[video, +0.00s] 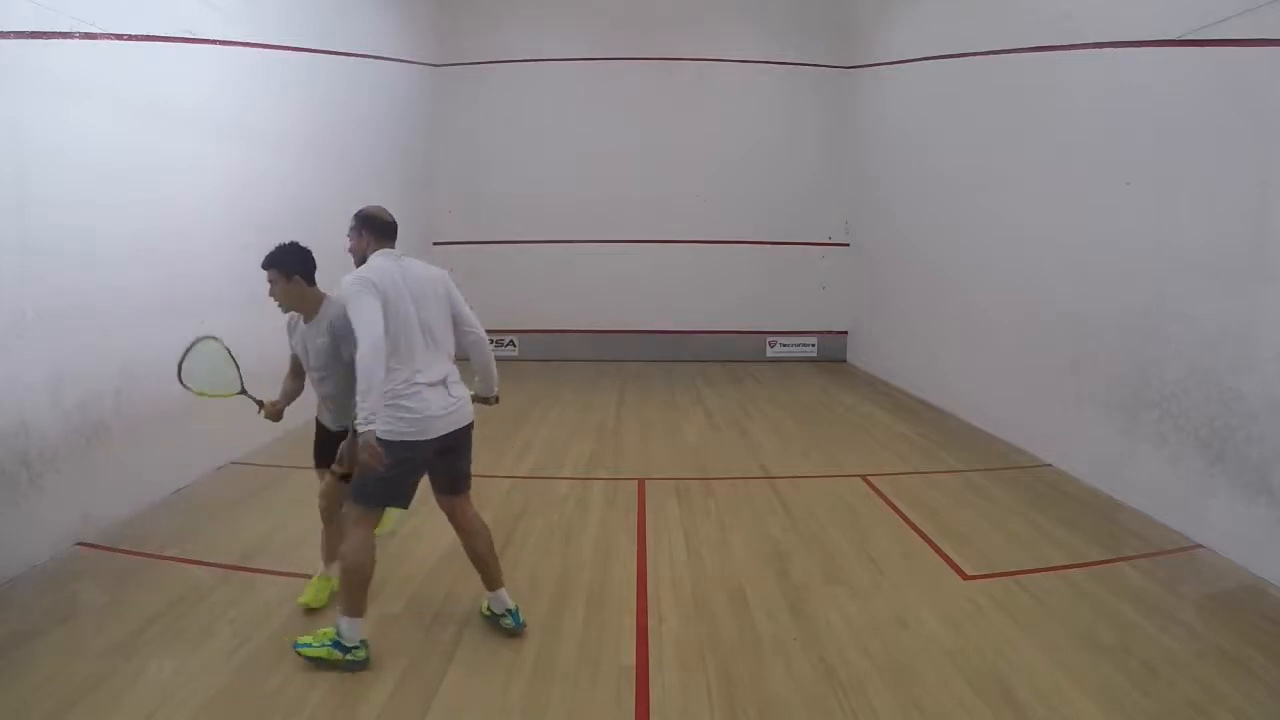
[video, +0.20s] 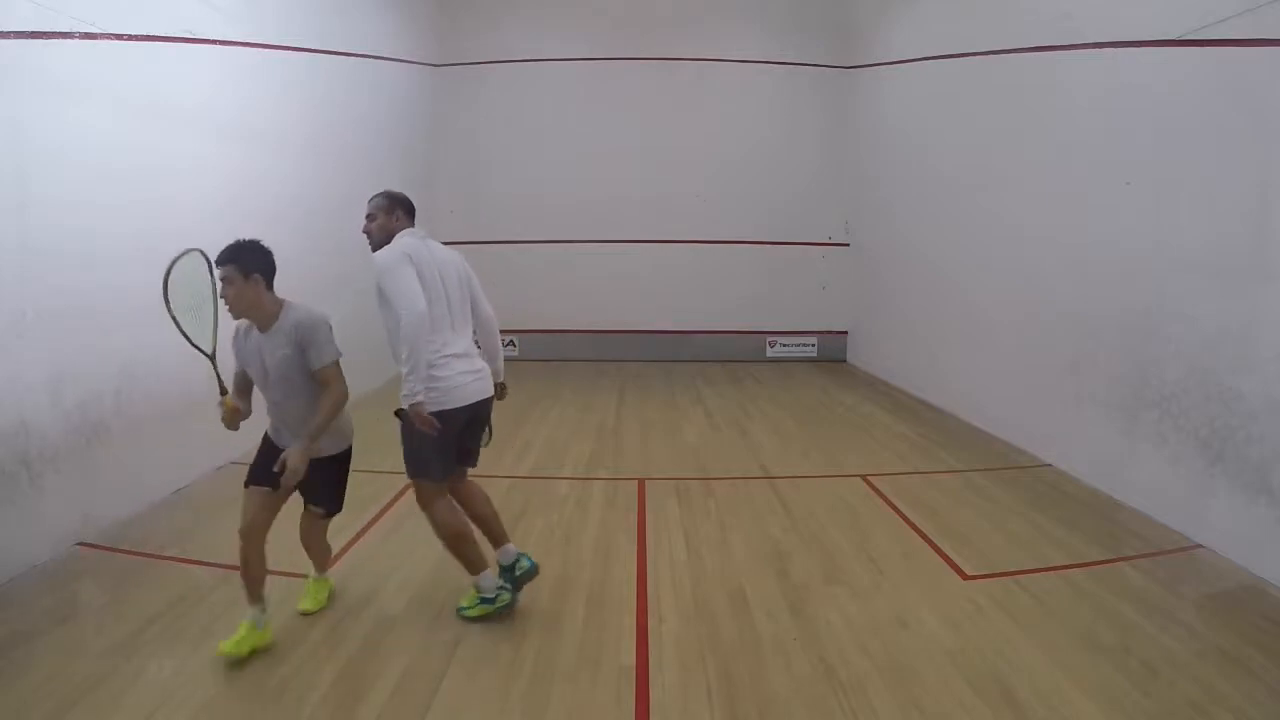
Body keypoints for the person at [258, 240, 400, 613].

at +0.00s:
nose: (270, 293)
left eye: (273, 283)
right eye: (269, 284)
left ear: (297, 280)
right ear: (295, 281)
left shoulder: (341, 316)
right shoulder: (295, 324)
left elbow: (368, 378)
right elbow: (296, 374)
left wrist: (355, 438)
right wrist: (280, 401)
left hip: (358, 425)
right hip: (327, 423)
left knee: (329, 502)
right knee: (334, 494)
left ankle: (329, 571)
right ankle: (388, 502)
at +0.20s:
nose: (222, 293)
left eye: (227, 282)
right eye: (220, 284)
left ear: (257, 281)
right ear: (249, 285)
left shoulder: (309, 324)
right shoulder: (243, 336)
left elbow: (337, 391)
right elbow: (242, 390)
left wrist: (304, 446)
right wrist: (234, 410)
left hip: (327, 443)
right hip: (280, 439)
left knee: (312, 534)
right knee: (250, 530)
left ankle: (322, 578)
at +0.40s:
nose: (159, 310)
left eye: (164, 296)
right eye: (157, 299)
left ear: (198, 291)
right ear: (188, 296)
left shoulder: (258, 330)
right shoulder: (182, 358)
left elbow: (296, 389)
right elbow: (172, 446)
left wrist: (236, 420)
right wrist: (166, 422)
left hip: (289, 488)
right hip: (233, 487)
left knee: (282, 609)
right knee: (207, 593)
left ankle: (319, 597)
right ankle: (234, 697)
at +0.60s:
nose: (96, 364)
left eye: (100, 349)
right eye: (95, 351)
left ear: (134, 344)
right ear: (135, 346)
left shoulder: (209, 362)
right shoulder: (138, 410)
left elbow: (211, 446)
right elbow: (135, 491)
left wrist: (111, 469)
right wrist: (141, 406)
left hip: (291, 517)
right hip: (236, 519)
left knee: (251, 654)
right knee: (160, 620)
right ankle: (187, 714)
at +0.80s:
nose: (113, 425)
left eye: (110, 415)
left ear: (114, 415)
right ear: (164, 398)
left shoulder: (151, 464)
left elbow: (194, 572)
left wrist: (205, 683)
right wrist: (159, 608)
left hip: (293, 594)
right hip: (334, 568)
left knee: (184, 705)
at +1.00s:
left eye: (203, 363)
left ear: (206, 372)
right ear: (258, 361)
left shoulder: (202, 430)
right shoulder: (304, 401)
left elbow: (208, 541)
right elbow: (393, 461)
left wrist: (229, 639)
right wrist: (403, 521)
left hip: (310, 593)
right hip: (381, 569)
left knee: (212, 698)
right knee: (333, 613)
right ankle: (396, 691)